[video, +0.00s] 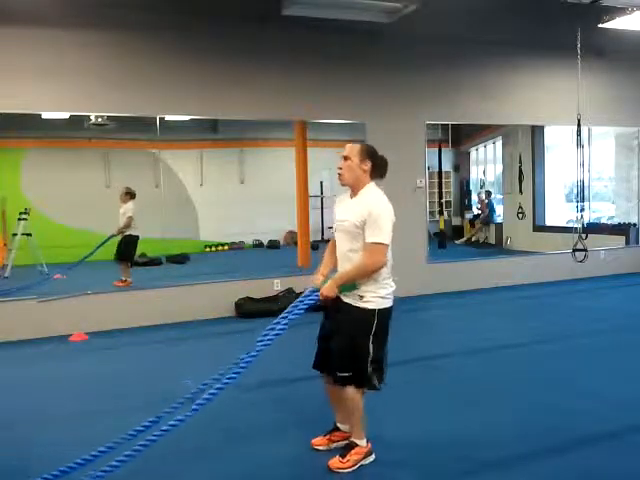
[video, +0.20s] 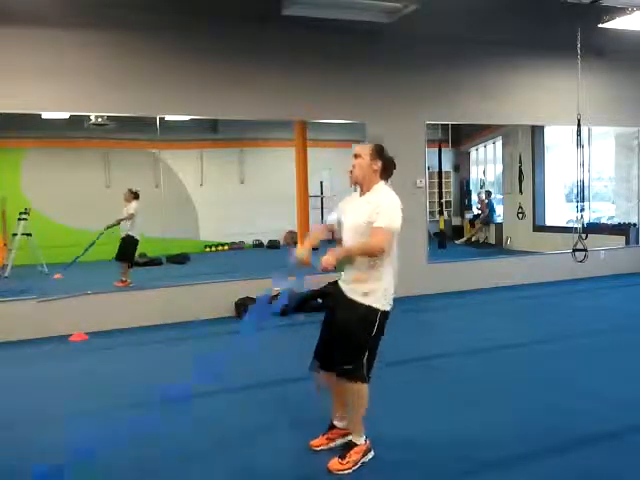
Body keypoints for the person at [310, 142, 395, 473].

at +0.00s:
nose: (339, 164)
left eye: (346, 159)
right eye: (340, 159)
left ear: (366, 166)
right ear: (353, 167)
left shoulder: (378, 204)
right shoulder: (343, 201)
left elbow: (375, 260)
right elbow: (337, 242)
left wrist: (336, 282)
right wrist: (323, 270)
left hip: (368, 303)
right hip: (342, 298)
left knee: (350, 378)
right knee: (329, 370)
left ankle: (361, 444)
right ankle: (344, 429)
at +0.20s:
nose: (351, 163)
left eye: (358, 157)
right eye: (353, 158)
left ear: (377, 166)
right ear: (367, 166)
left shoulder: (388, 201)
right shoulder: (350, 200)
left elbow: (379, 245)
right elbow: (328, 229)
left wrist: (341, 252)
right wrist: (308, 242)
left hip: (371, 299)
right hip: (344, 292)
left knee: (353, 370)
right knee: (328, 362)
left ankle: (359, 441)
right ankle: (342, 425)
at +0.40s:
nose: (350, 157)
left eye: (355, 151)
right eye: (350, 151)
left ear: (375, 154)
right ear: (362, 155)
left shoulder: (386, 187)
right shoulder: (353, 187)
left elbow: (404, 189)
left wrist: (394, 179)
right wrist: (321, 189)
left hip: (376, 286)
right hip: (347, 280)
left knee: (381, 365)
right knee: (329, 347)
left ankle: (395, 447)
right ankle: (323, 405)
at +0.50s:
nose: (335, 173)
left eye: (341, 168)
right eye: (336, 168)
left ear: (361, 174)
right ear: (353, 175)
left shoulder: (376, 202)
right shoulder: (342, 208)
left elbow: (396, 220)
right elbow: (324, 228)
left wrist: (385, 218)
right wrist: (303, 232)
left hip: (379, 302)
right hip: (348, 298)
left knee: (377, 379)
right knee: (322, 358)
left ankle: (406, 457)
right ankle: (325, 413)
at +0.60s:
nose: (328, 177)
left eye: (335, 172)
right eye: (329, 172)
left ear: (354, 178)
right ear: (346, 180)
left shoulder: (369, 209)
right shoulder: (337, 214)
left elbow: (388, 233)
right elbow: (326, 240)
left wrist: (389, 246)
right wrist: (299, 245)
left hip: (369, 305)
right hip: (339, 301)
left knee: (368, 380)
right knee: (316, 367)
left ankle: (402, 454)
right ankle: (324, 413)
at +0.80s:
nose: (333, 150)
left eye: (339, 144)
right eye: (334, 144)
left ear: (358, 148)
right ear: (347, 149)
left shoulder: (374, 181)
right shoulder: (336, 182)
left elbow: (376, 204)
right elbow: (320, 211)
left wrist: (340, 209)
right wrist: (283, 213)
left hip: (357, 276)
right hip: (328, 271)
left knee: (338, 354)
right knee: (307, 344)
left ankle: (339, 436)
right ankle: (310, 414)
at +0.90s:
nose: (333, 160)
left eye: (339, 154)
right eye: (334, 154)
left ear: (358, 160)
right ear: (348, 159)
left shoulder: (370, 195)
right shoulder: (335, 189)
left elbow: (346, 234)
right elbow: (316, 222)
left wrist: (302, 242)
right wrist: (281, 221)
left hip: (350, 291)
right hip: (325, 283)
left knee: (317, 367)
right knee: (299, 359)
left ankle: (312, 443)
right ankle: (303, 433)